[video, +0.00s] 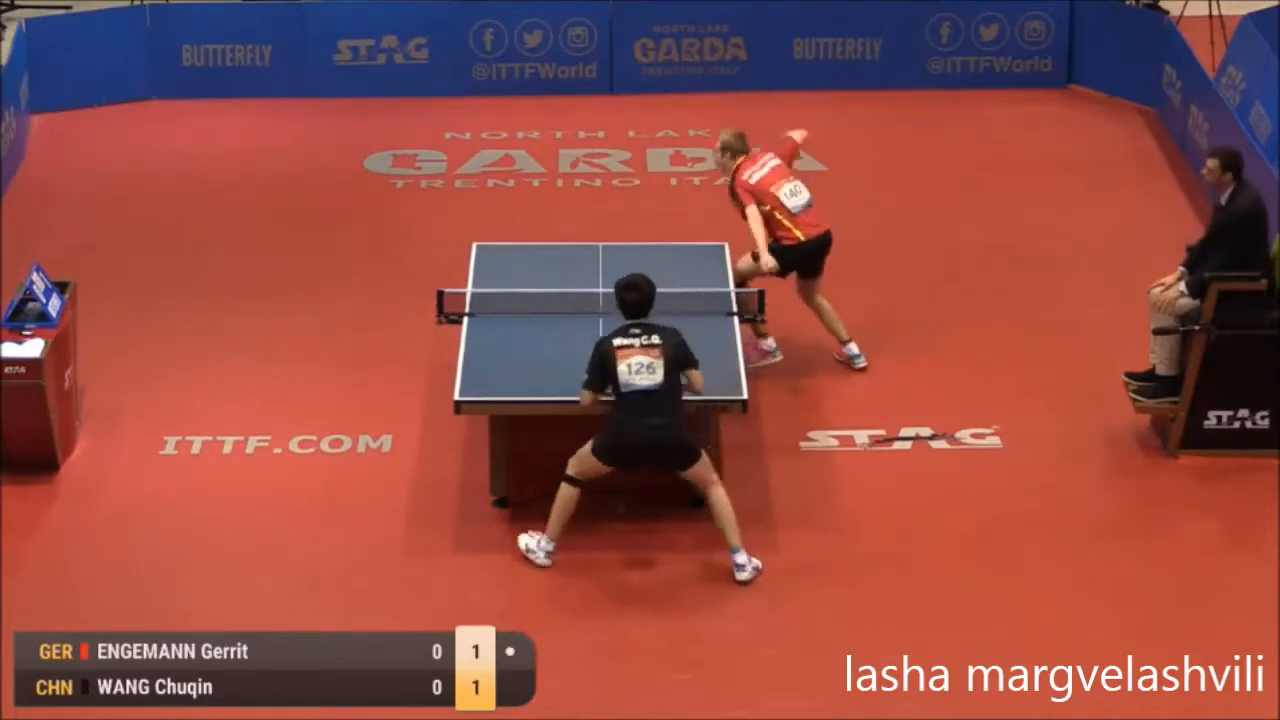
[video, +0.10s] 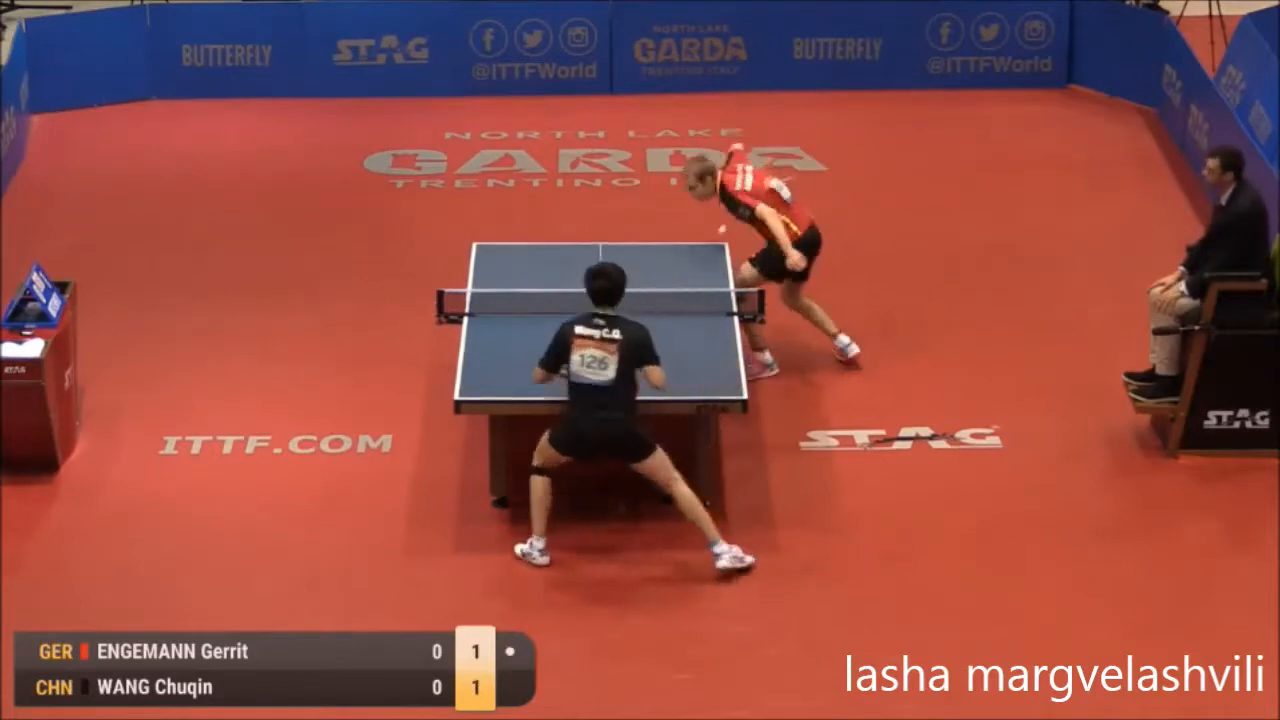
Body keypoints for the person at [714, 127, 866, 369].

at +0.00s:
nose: (717, 160)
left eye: (718, 155)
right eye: (717, 155)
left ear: (728, 155)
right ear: (745, 150)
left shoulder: (740, 181)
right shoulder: (773, 156)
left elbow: (753, 213)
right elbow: (800, 135)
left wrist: (763, 253)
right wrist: (793, 136)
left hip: (791, 246)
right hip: (821, 237)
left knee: (737, 274)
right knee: (809, 293)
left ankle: (765, 344)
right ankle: (851, 349)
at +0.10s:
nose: (692, 194)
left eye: (692, 188)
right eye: (689, 189)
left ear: (707, 181)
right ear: (709, 177)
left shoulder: (730, 194)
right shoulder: (734, 165)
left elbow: (767, 213)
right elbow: (737, 149)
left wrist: (788, 251)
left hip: (789, 244)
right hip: (810, 234)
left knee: (739, 284)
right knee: (791, 297)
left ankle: (761, 357)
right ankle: (842, 342)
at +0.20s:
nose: (688, 196)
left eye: (690, 189)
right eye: (684, 191)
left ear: (703, 179)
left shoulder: (729, 190)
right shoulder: (718, 170)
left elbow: (775, 197)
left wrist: (805, 228)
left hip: (780, 237)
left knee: (737, 289)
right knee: (766, 298)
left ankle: (762, 358)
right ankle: (822, 322)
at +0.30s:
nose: (683, 173)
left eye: (686, 167)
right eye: (679, 168)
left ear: (700, 161)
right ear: (676, 165)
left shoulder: (728, 173)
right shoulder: (695, 166)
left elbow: (777, 178)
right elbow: (683, 174)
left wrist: (807, 208)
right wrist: (676, 193)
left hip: (766, 225)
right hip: (739, 224)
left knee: (733, 286)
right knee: (710, 268)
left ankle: (761, 356)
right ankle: (762, 305)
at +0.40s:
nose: (676, 155)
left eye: (681, 149)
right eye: (674, 149)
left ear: (695, 144)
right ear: (672, 147)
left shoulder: (724, 159)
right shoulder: (685, 160)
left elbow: (770, 163)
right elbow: (672, 169)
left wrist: (789, 199)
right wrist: (665, 195)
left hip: (753, 211)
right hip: (723, 210)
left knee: (746, 274)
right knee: (688, 249)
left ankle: (758, 348)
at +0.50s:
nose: (674, 144)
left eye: (679, 137)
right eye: (670, 138)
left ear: (693, 133)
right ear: (666, 136)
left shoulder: (719, 146)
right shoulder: (670, 156)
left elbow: (754, 157)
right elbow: (653, 180)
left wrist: (760, 200)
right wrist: (645, 200)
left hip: (730, 210)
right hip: (695, 210)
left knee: (739, 265)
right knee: (666, 255)